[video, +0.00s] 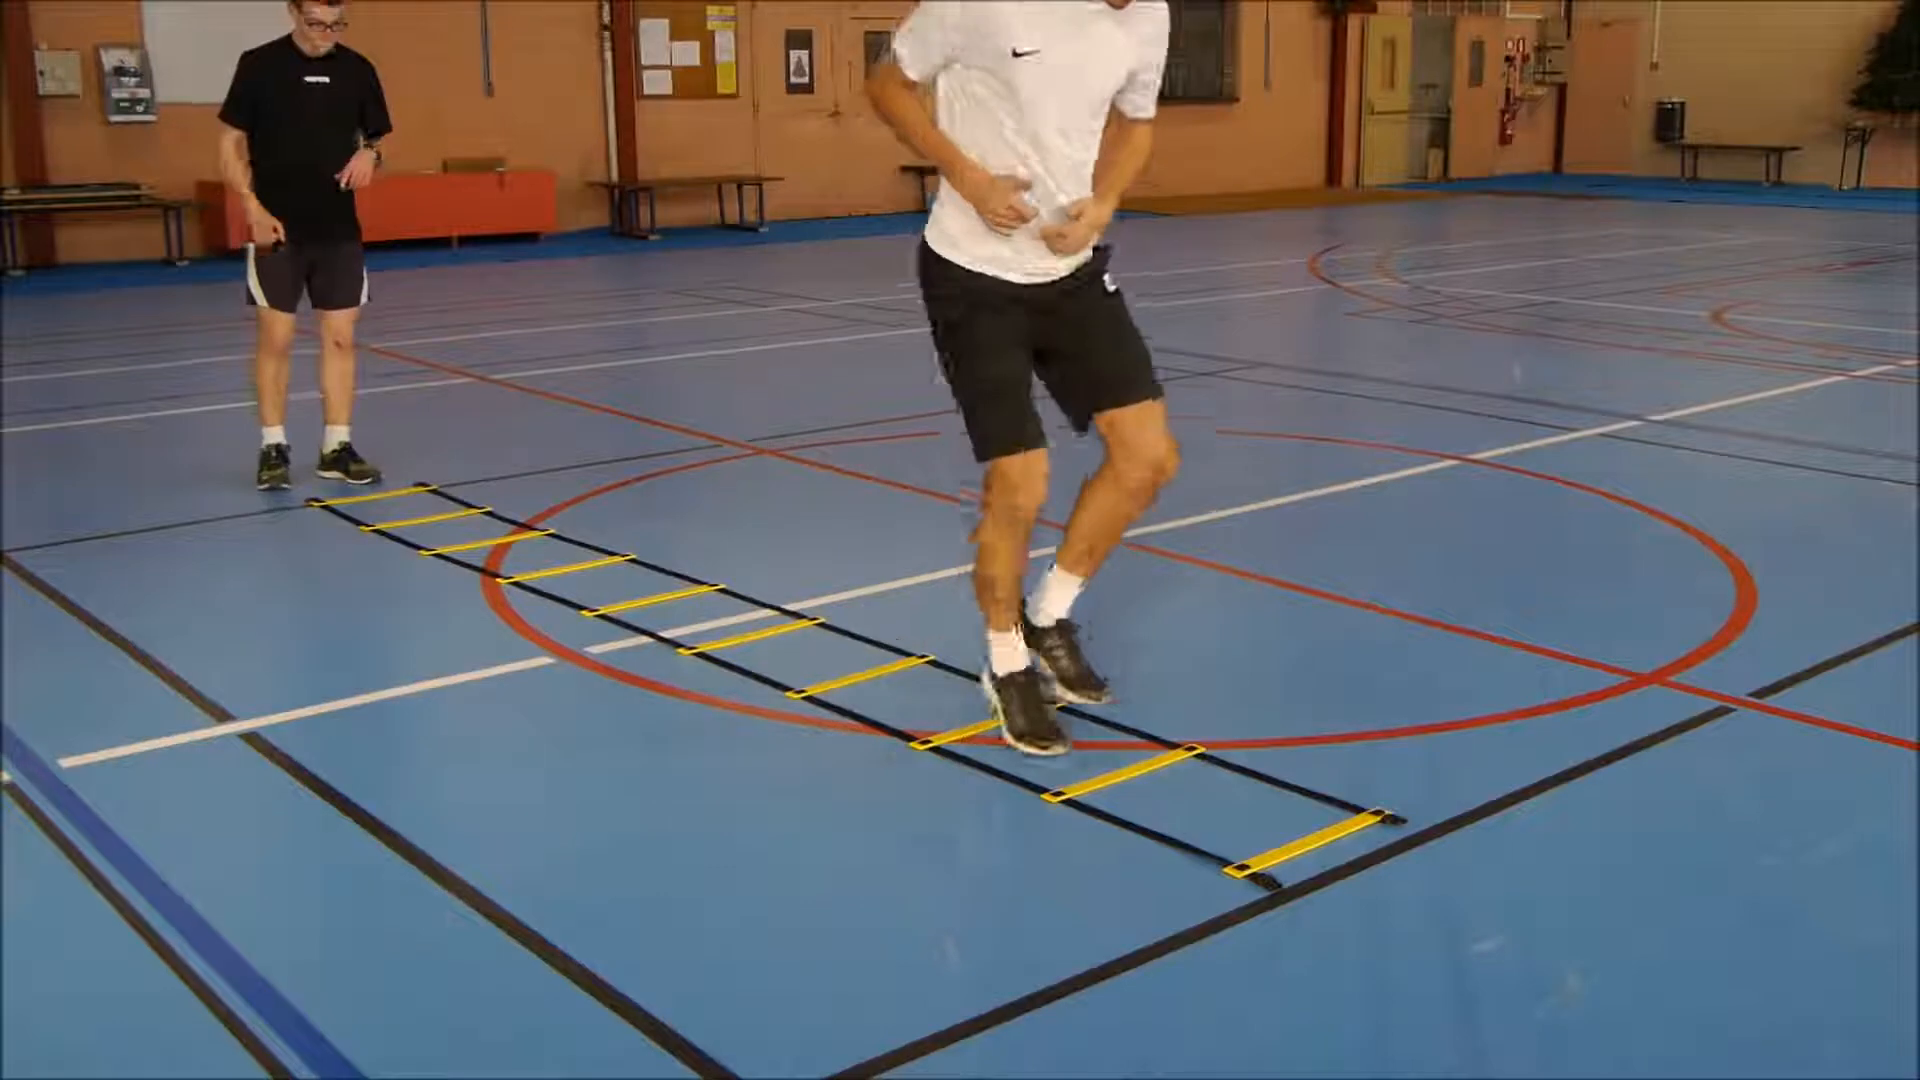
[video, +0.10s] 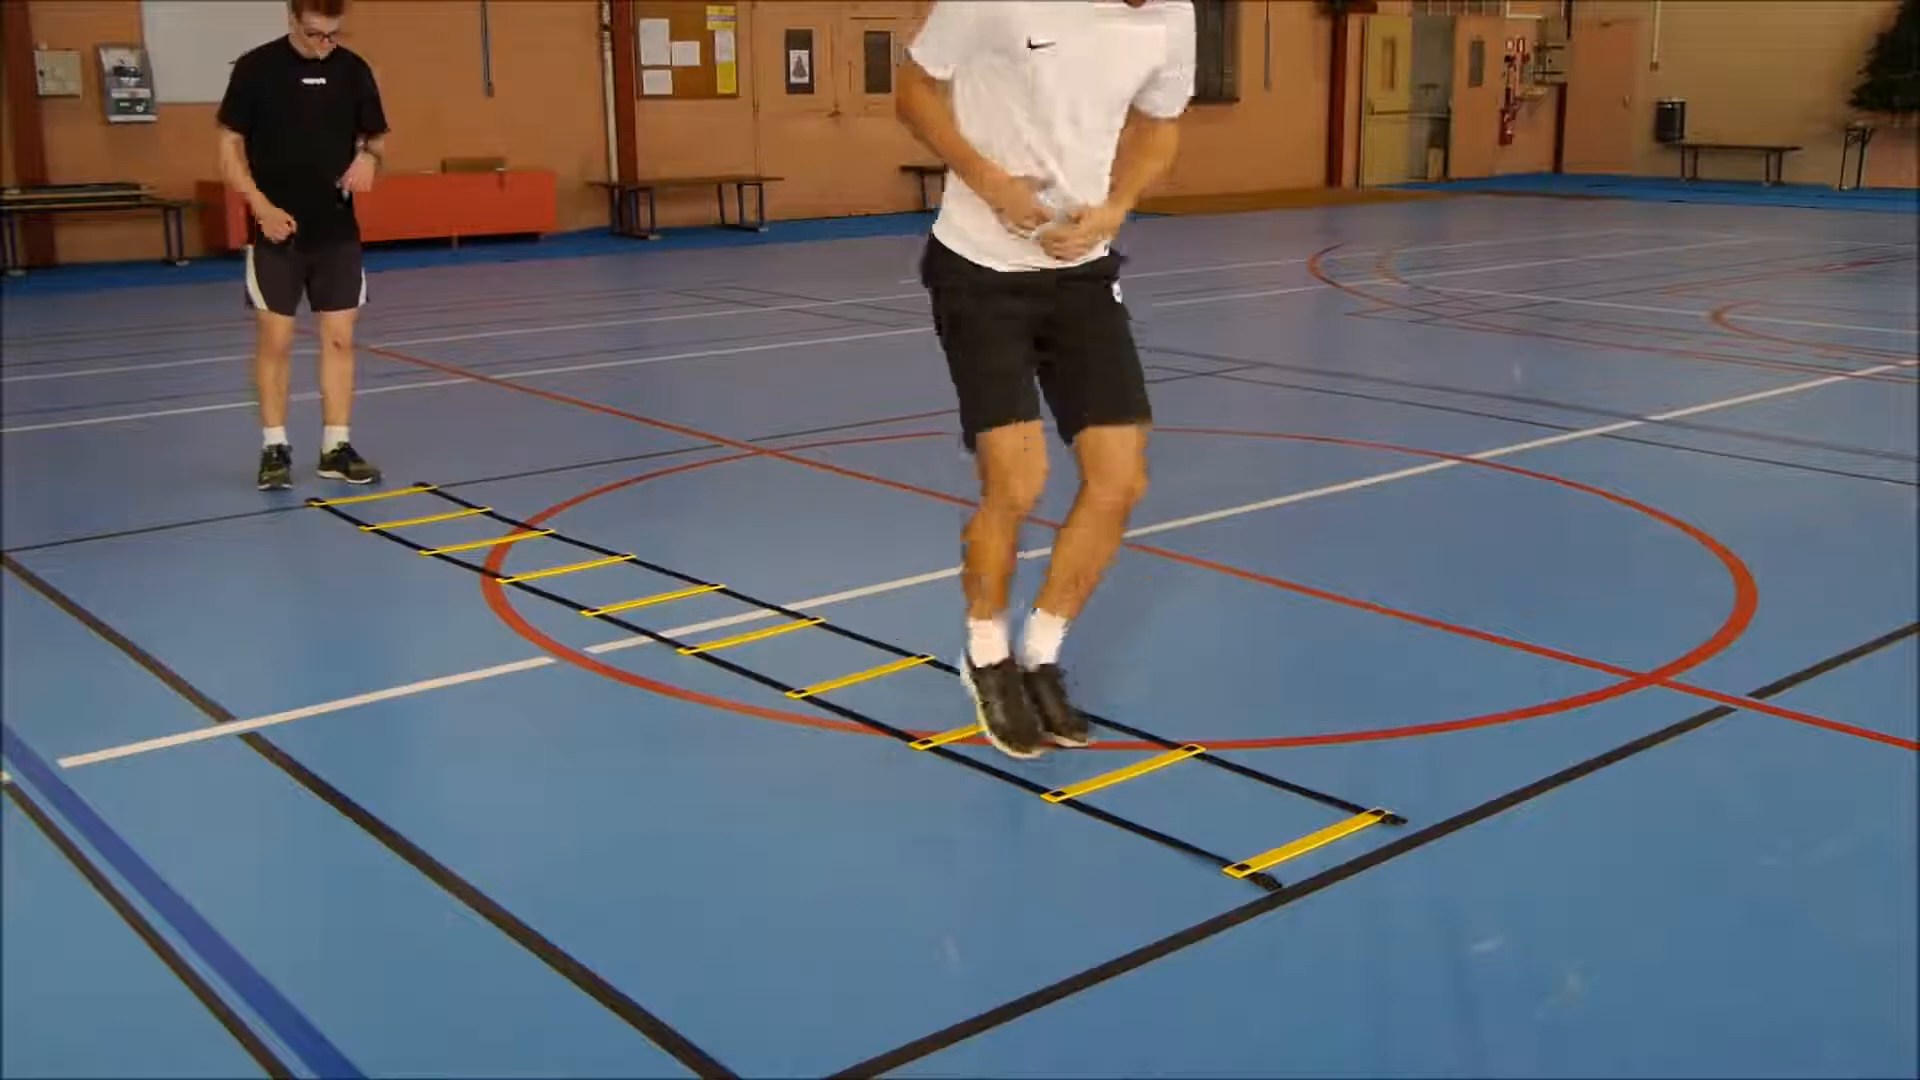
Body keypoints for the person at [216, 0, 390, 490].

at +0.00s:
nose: (325, 34)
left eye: (334, 24)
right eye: (315, 23)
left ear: (343, 18)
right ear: (293, 14)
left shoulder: (358, 69)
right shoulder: (258, 65)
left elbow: (375, 137)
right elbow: (231, 145)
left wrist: (368, 153)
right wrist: (254, 212)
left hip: (337, 225)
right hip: (278, 226)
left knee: (341, 337)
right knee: (277, 338)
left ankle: (337, 447)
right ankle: (274, 447)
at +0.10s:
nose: (323, 43)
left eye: (332, 33)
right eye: (313, 33)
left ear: (341, 21)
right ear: (291, 19)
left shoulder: (354, 70)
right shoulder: (254, 68)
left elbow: (373, 136)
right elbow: (229, 149)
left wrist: (366, 157)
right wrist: (259, 206)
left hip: (335, 224)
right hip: (276, 225)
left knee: (340, 338)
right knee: (277, 339)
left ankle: (336, 447)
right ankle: (275, 448)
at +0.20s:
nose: (320, 57)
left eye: (327, 49)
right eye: (311, 48)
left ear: (337, 34)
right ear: (287, 29)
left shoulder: (344, 71)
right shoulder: (247, 75)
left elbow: (357, 136)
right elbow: (222, 154)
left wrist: (359, 157)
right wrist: (271, 202)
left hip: (333, 226)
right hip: (273, 233)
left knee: (342, 339)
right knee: (277, 341)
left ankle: (337, 447)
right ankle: (276, 449)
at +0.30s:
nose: (316, 65)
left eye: (325, 57)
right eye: (308, 56)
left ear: (335, 43)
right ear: (286, 36)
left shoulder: (339, 73)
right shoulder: (246, 79)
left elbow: (350, 132)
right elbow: (219, 157)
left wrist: (354, 155)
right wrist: (273, 203)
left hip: (331, 228)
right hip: (270, 236)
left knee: (348, 337)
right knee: (274, 342)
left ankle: (338, 446)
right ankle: (276, 449)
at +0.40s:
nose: (320, 72)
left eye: (328, 64)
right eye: (312, 64)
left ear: (337, 50)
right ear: (290, 43)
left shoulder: (342, 77)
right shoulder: (248, 82)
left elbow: (348, 134)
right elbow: (220, 159)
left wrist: (348, 158)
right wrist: (267, 213)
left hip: (328, 225)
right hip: (269, 232)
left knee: (347, 335)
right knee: (274, 342)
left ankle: (338, 445)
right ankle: (276, 449)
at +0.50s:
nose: (325, 75)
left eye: (333, 67)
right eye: (317, 67)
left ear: (343, 53)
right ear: (295, 46)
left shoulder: (351, 80)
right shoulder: (251, 83)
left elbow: (360, 133)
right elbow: (220, 149)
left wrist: (346, 151)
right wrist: (258, 214)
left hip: (330, 228)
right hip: (270, 231)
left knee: (341, 338)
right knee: (274, 342)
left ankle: (336, 447)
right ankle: (274, 448)